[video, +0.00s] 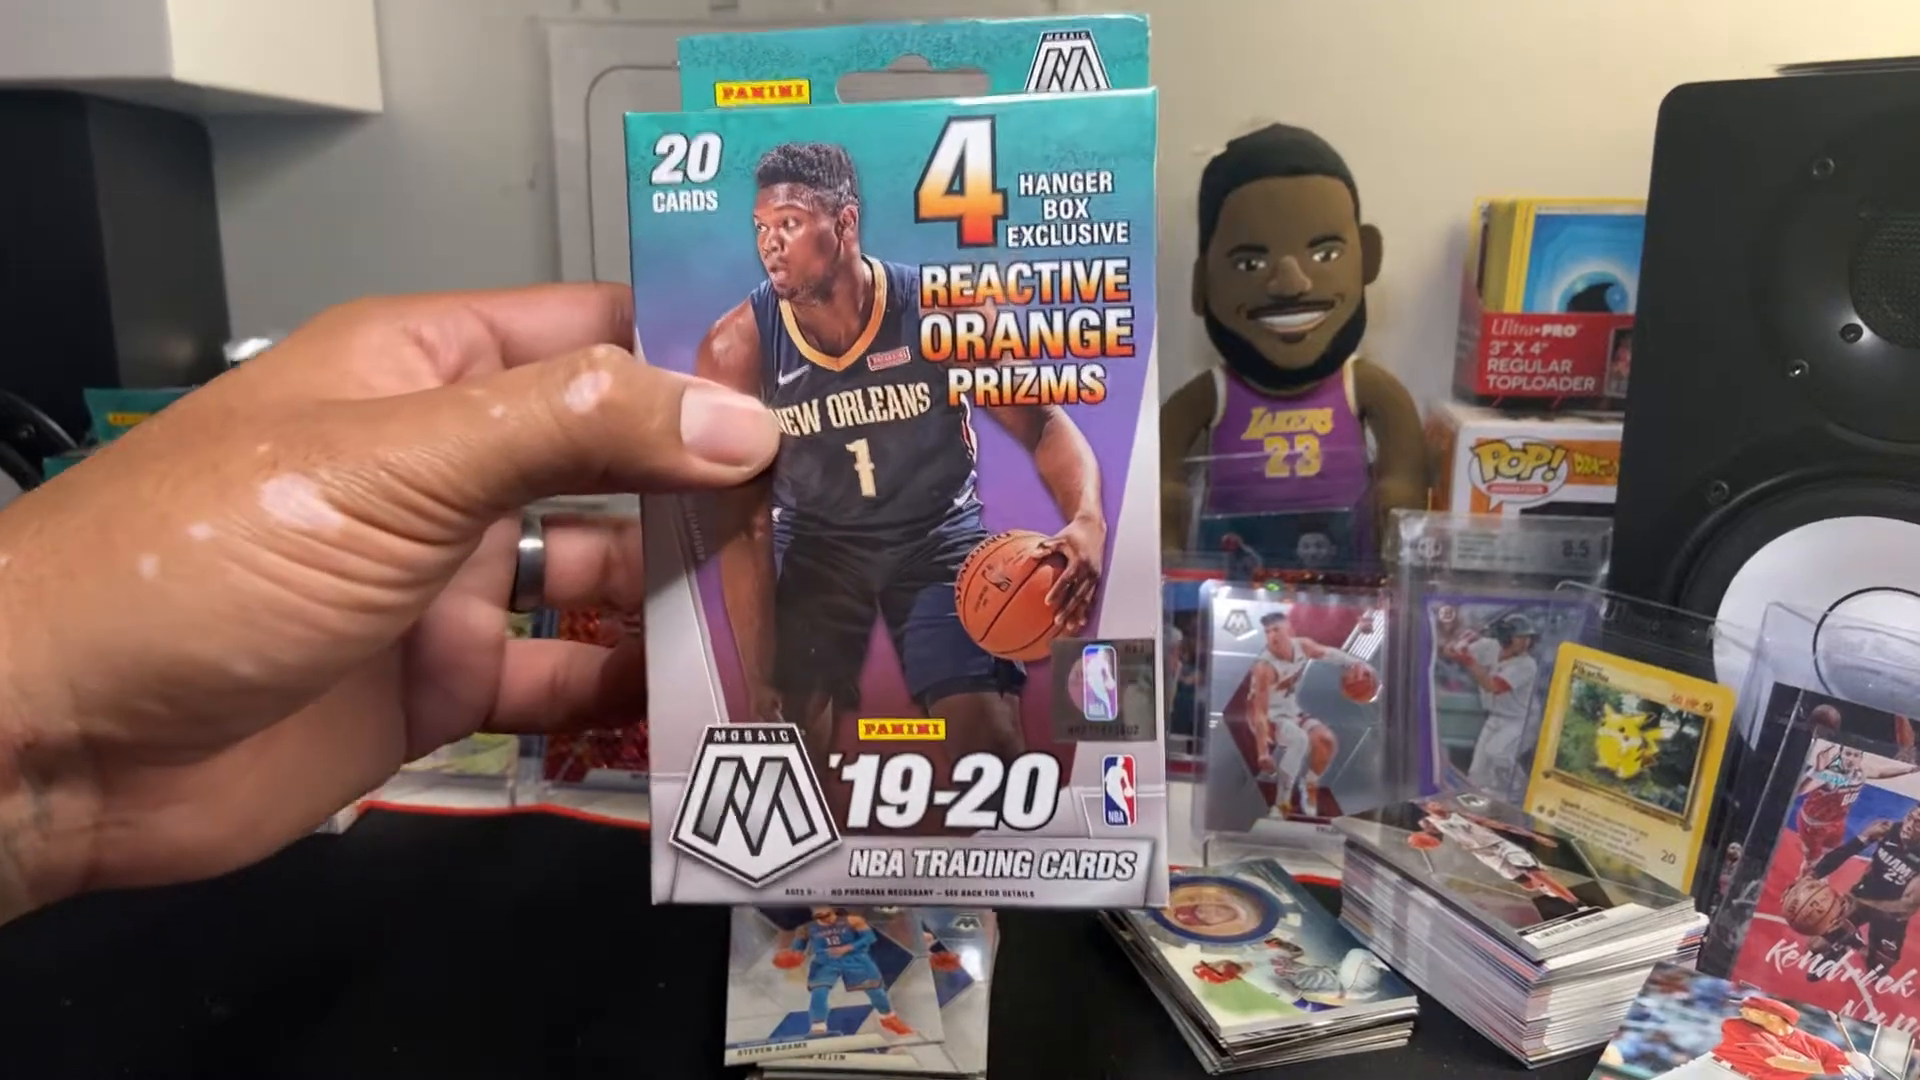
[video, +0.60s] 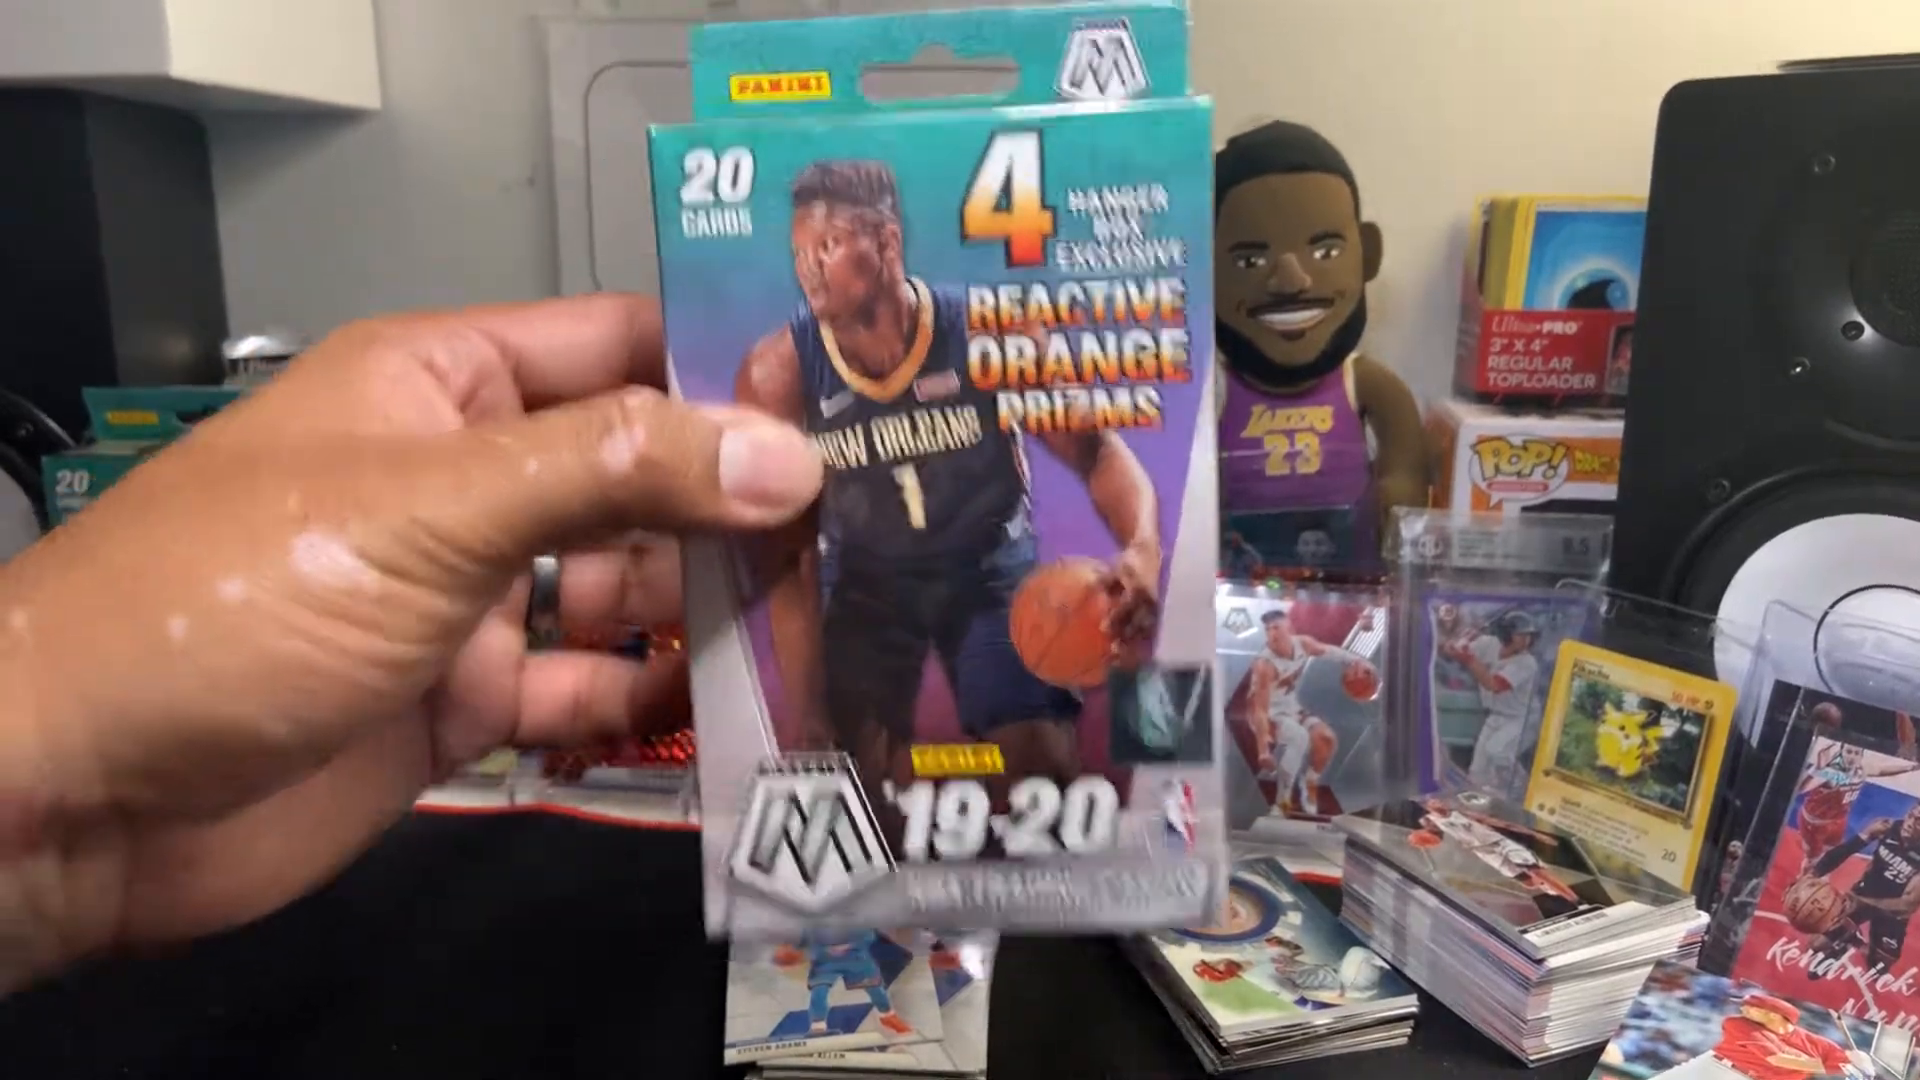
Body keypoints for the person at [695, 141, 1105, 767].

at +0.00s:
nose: (770, 245)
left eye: (789, 224)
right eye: (762, 228)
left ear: (847, 223)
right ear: (754, 234)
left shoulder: (939, 312)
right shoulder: (738, 346)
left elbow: (1041, 425)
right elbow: (742, 524)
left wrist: (1088, 519)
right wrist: (758, 688)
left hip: (940, 536)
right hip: (819, 546)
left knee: (984, 730)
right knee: (797, 735)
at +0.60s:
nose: (812, 268)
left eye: (830, 245)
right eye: (802, 251)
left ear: (889, 244)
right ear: (792, 260)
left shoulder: (984, 334)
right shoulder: (779, 371)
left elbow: (1094, 451)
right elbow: (786, 554)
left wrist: (1143, 547)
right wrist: (805, 717)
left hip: (990, 573)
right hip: (870, 585)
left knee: (1038, 761)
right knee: (857, 770)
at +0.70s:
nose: (821, 346)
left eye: (839, 322)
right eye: (811, 328)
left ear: (898, 322)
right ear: (803, 335)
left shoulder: (998, 413)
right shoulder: (788, 451)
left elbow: (1113, 532)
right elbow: (795, 642)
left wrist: (1163, 629)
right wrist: (815, 815)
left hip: (1004, 661)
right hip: (882, 671)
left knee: (1059, 851)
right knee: (867, 860)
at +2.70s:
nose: (750, 293)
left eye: (770, 273)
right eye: (743, 277)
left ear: (832, 273)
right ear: (735, 285)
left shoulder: (925, 362)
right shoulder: (716, 400)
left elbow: (1031, 477)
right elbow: (725, 586)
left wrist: (1076, 573)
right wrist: (739, 752)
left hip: (931, 595)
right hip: (804, 606)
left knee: (970, 786)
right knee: (783, 799)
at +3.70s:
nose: (759, 313)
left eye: (782, 289)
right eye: (751, 293)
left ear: (850, 286)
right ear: (743, 301)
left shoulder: (956, 386)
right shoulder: (723, 431)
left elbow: (1078, 513)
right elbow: (735, 642)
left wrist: (1135, 621)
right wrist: (751, 838)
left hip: (964, 649)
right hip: (822, 661)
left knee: (1021, 882)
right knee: (794, 887)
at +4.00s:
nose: (828, 306)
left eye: (854, 282)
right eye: (819, 283)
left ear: (922, 290)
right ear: (806, 292)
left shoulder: (1028, 406)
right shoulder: (780, 427)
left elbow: (1157, 557)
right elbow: (767, 655)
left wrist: (1202, 680)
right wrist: (767, 858)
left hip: (1008, 695)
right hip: (865, 698)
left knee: (1054, 907)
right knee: (837, 913)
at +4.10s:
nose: (720, 282)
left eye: (742, 260)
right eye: (715, 263)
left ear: (803, 263)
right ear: (708, 272)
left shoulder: (893, 358)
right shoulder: (686, 385)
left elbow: (1002, 473)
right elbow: (686, 580)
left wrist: (1042, 577)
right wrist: (690, 761)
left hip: (886, 600)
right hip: (768, 607)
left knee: (926, 769)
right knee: (757, 787)